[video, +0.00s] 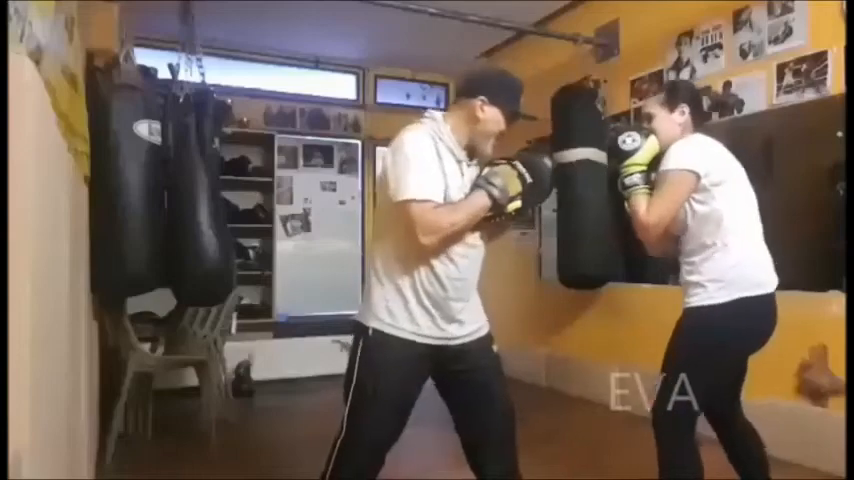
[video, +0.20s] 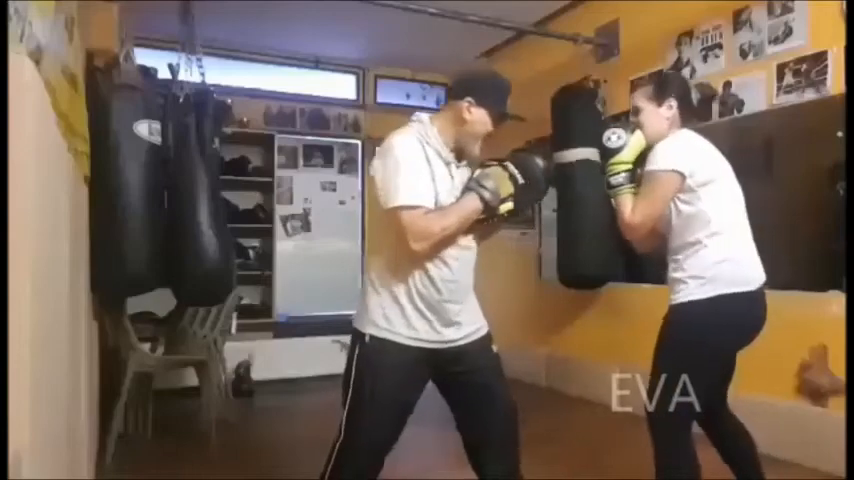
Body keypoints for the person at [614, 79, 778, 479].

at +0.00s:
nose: (644, 127)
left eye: (650, 116)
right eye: (643, 118)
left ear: (681, 115)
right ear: (684, 117)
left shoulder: (688, 151)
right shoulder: (712, 153)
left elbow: (651, 229)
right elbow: (660, 245)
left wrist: (635, 173)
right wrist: (636, 188)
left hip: (717, 309)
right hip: (747, 304)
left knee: (670, 418)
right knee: (723, 410)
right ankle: (758, 474)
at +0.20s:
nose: (634, 120)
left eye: (639, 110)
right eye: (633, 112)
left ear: (668, 109)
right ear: (670, 111)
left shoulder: (673, 149)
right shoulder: (698, 148)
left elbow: (637, 230)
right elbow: (647, 240)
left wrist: (619, 174)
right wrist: (621, 181)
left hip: (704, 304)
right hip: (736, 297)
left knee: (666, 416)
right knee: (710, 408)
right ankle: (754, 476)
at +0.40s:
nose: (634, 115)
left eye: (639, 105)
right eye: (633, 106)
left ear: (669, 105)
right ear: (670, 107)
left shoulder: (669, 148)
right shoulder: (699, 144)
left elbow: (637, 226)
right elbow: (654, 230)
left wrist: (619, 176)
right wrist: (621, 178)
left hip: (699, 303)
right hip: (735, 297)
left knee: (668, 419)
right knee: (710, 409)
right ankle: (754, 476)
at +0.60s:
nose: (644, 126)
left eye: (651, 115)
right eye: (642, 116)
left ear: (683, 114)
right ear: (681, 116)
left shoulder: (685, 158)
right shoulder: (711, 153)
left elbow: (652, 234)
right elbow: (670, 235)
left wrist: (635, 182)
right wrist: (639, 187)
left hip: (708, 310)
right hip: (742, 306)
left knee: (660, 416)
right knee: (720, 414)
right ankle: (758, 475)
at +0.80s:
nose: (641, 140)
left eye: (647, 128)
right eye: (638, 130)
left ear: (679, 127)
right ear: (675, 129)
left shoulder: (697, 169)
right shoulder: (679, 176)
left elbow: (662, 249)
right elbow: (664, 269)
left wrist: (641, 194)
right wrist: (638, 199)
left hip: (729, 321)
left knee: (654, 411)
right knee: (695, 417)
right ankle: (747, 475)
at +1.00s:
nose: (640, 137)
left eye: (648, 126)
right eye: (635, 129)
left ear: (679, 123)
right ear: (630, 133)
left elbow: (681, 246)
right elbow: (616, 256)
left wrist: (657, 187)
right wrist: (567, 245)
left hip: (727, 316)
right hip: (676, 322)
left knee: (657, 415)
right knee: (682, 428)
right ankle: (729, 475)